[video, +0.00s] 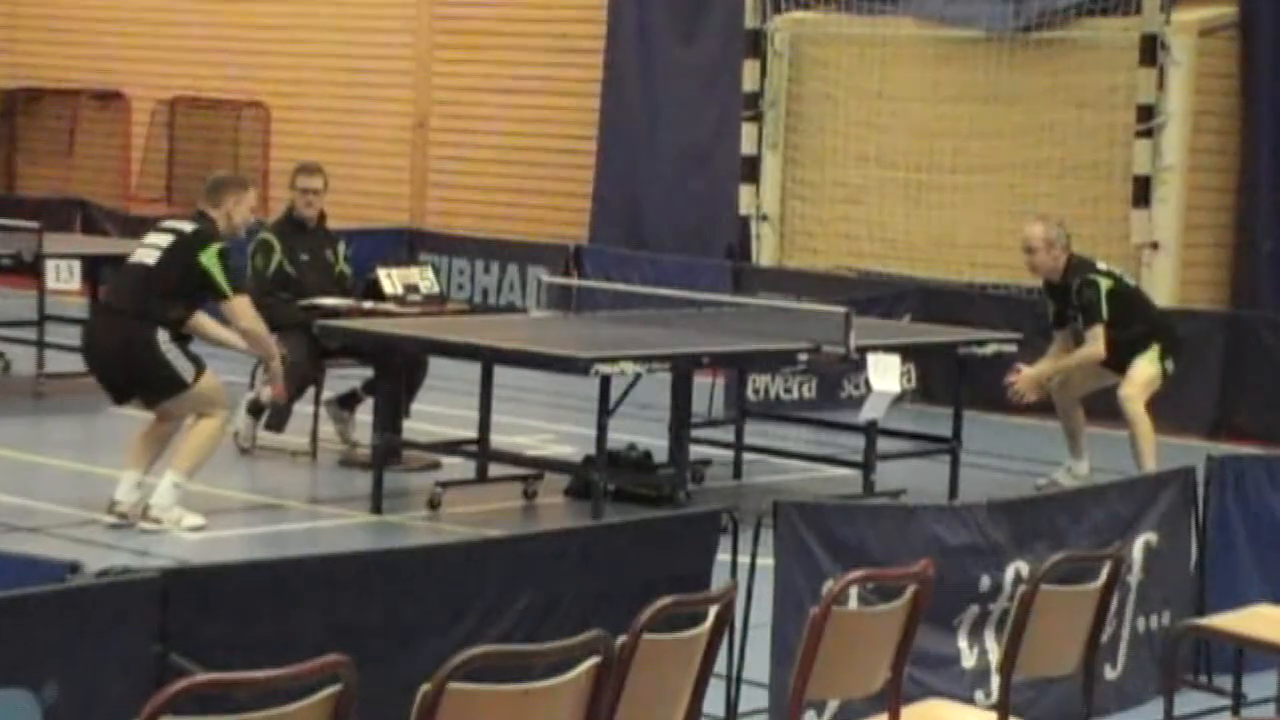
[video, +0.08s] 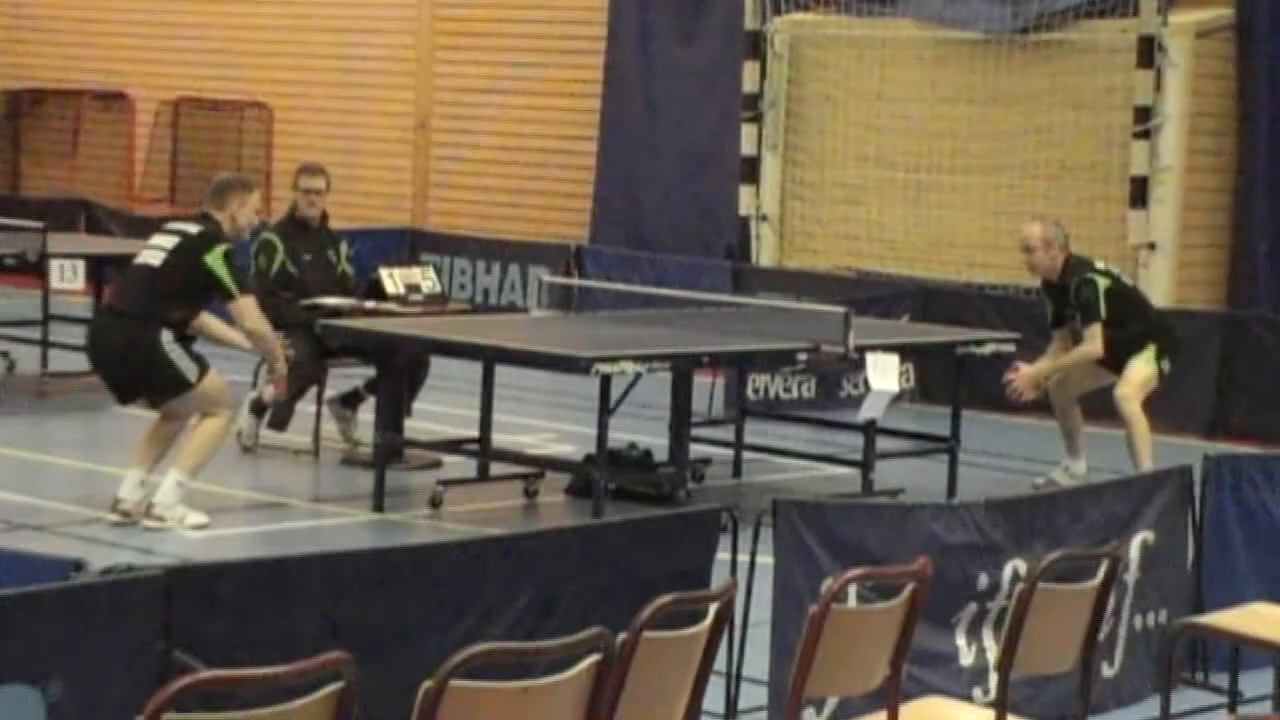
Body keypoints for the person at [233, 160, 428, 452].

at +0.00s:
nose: (309, 199)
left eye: (316, 192)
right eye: (303, 191)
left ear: (325, 196)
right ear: (291, 193)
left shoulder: (331, 240)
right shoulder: (270, 239)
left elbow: (346, 290)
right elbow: (263, 300)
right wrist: (312, 316)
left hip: (335, 325)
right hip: (293, 325)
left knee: (409, 359)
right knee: (303, 367)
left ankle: (346, 403)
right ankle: (255, 409)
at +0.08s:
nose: (311, 199)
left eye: (318, 192)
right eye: (305, 192)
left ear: (327, 197)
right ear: (294, 194)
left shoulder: (334, 240)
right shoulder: (272, 239)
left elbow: (349, 289)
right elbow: (267, 299)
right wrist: (315, 315)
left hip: (337, 325)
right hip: (294, 325)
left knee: (411, 358)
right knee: (306, 366)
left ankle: (349, 402)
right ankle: (259, 407)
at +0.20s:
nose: (315, 201)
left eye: (322, 195)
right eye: (308, 194)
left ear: (330, 199)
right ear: (296, 197)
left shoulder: (337, 242)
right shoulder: (275, 240)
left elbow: (352, 291)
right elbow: (271, 296)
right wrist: (310, 322)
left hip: (341, 327)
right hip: (299, 327)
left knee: (413, 360)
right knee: (311, 368)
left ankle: (352, 403)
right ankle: (262, 407)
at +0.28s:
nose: (318, 201)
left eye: (324, 195)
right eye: (311, 194)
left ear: (333, 199)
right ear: (299, 197)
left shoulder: (340, 242)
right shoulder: (279, 241)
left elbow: (354, 290)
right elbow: (273, 296)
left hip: (345, 325)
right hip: (303, 326)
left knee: (415, 360)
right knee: (314, 368)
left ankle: (354, 402)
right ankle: (266, 405)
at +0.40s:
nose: (317, 200)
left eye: (323, 194)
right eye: (310, 194)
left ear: (332, 198)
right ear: (299, 196)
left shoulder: (338, 241)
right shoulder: (280, 239)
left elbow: (354, 287)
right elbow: (272, 290)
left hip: (342, 325)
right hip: (300, 325)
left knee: (415, 358)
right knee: (315, 365)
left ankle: (353, 401)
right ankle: (266, 405)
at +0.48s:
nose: (317, 200)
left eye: (324, 193)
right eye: (310, 193)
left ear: (332, 197)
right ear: (299, 196)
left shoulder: (337, 240)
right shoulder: (282, 238)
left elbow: (354, 286)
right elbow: (280, 292)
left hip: (342, 325)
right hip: (301, 324)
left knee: (416, 359)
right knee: (315, 363)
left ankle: (354, 401)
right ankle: (265, 405)